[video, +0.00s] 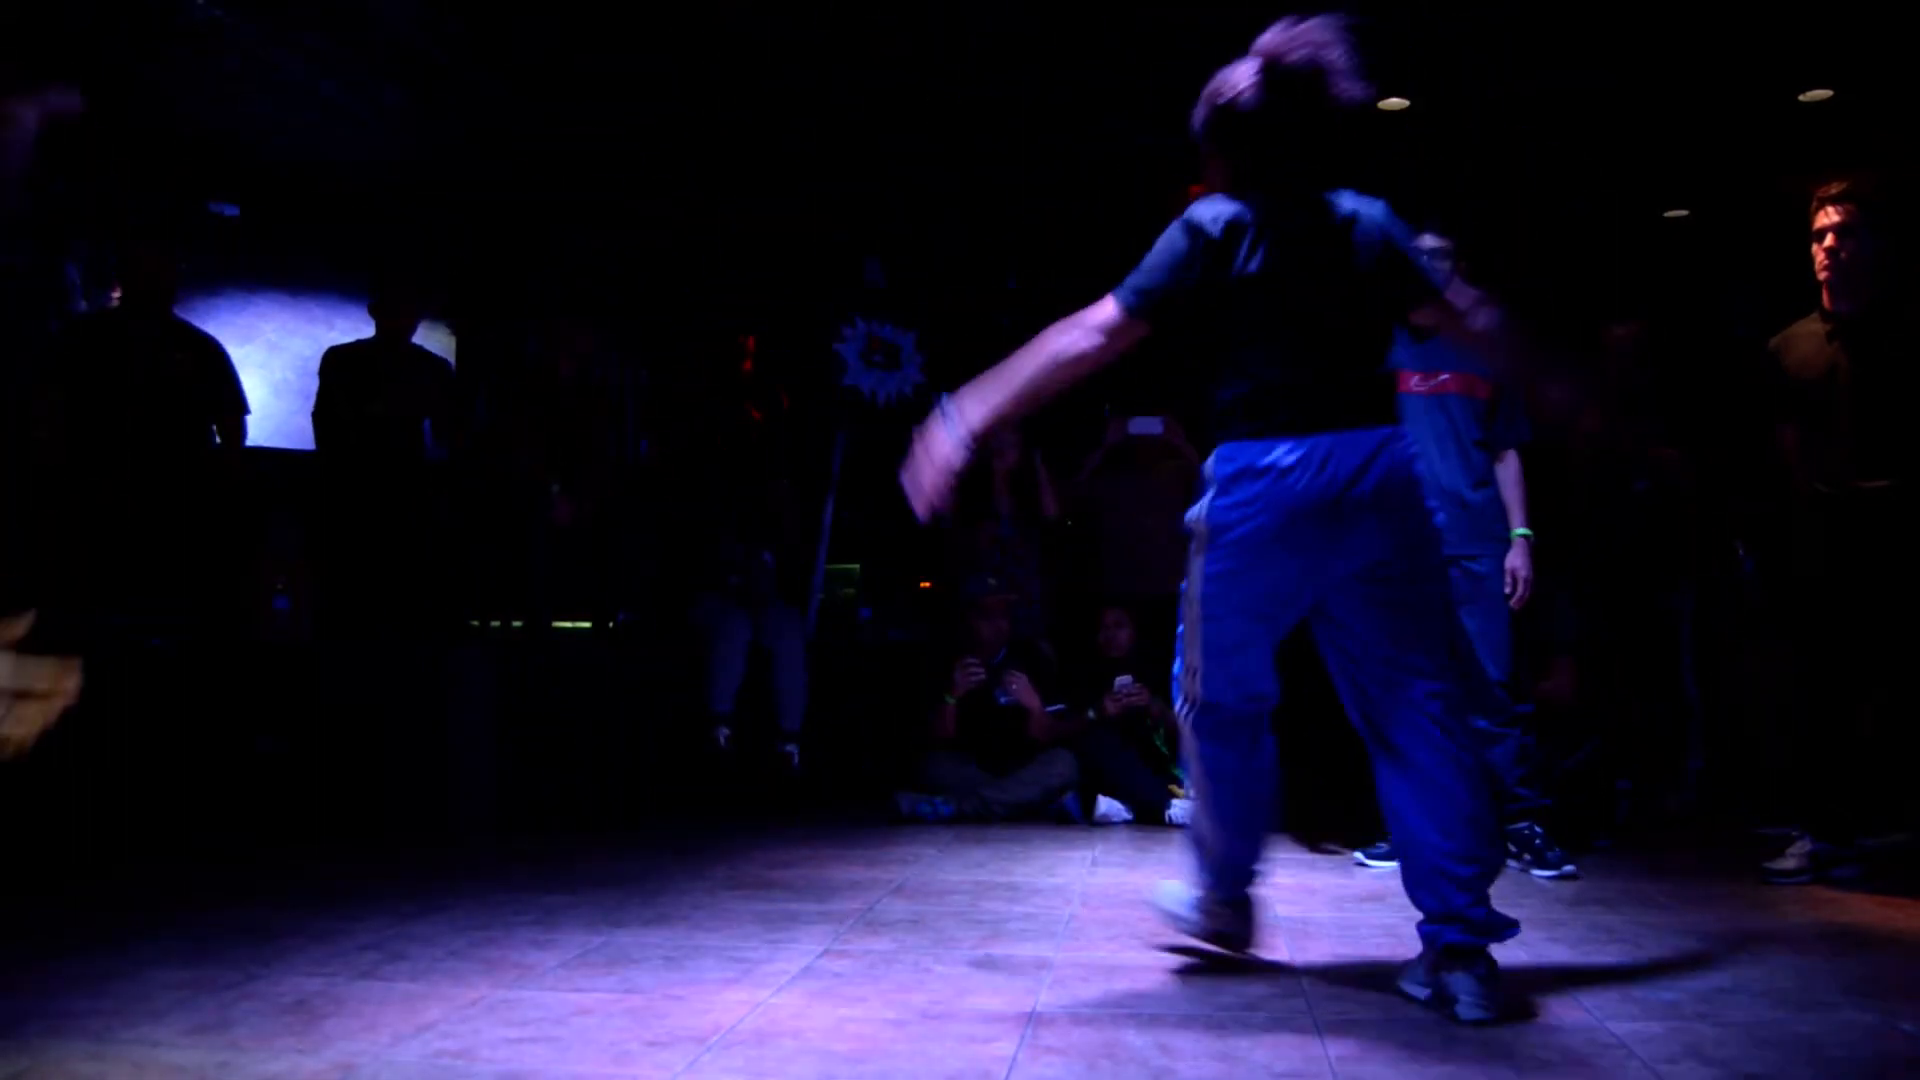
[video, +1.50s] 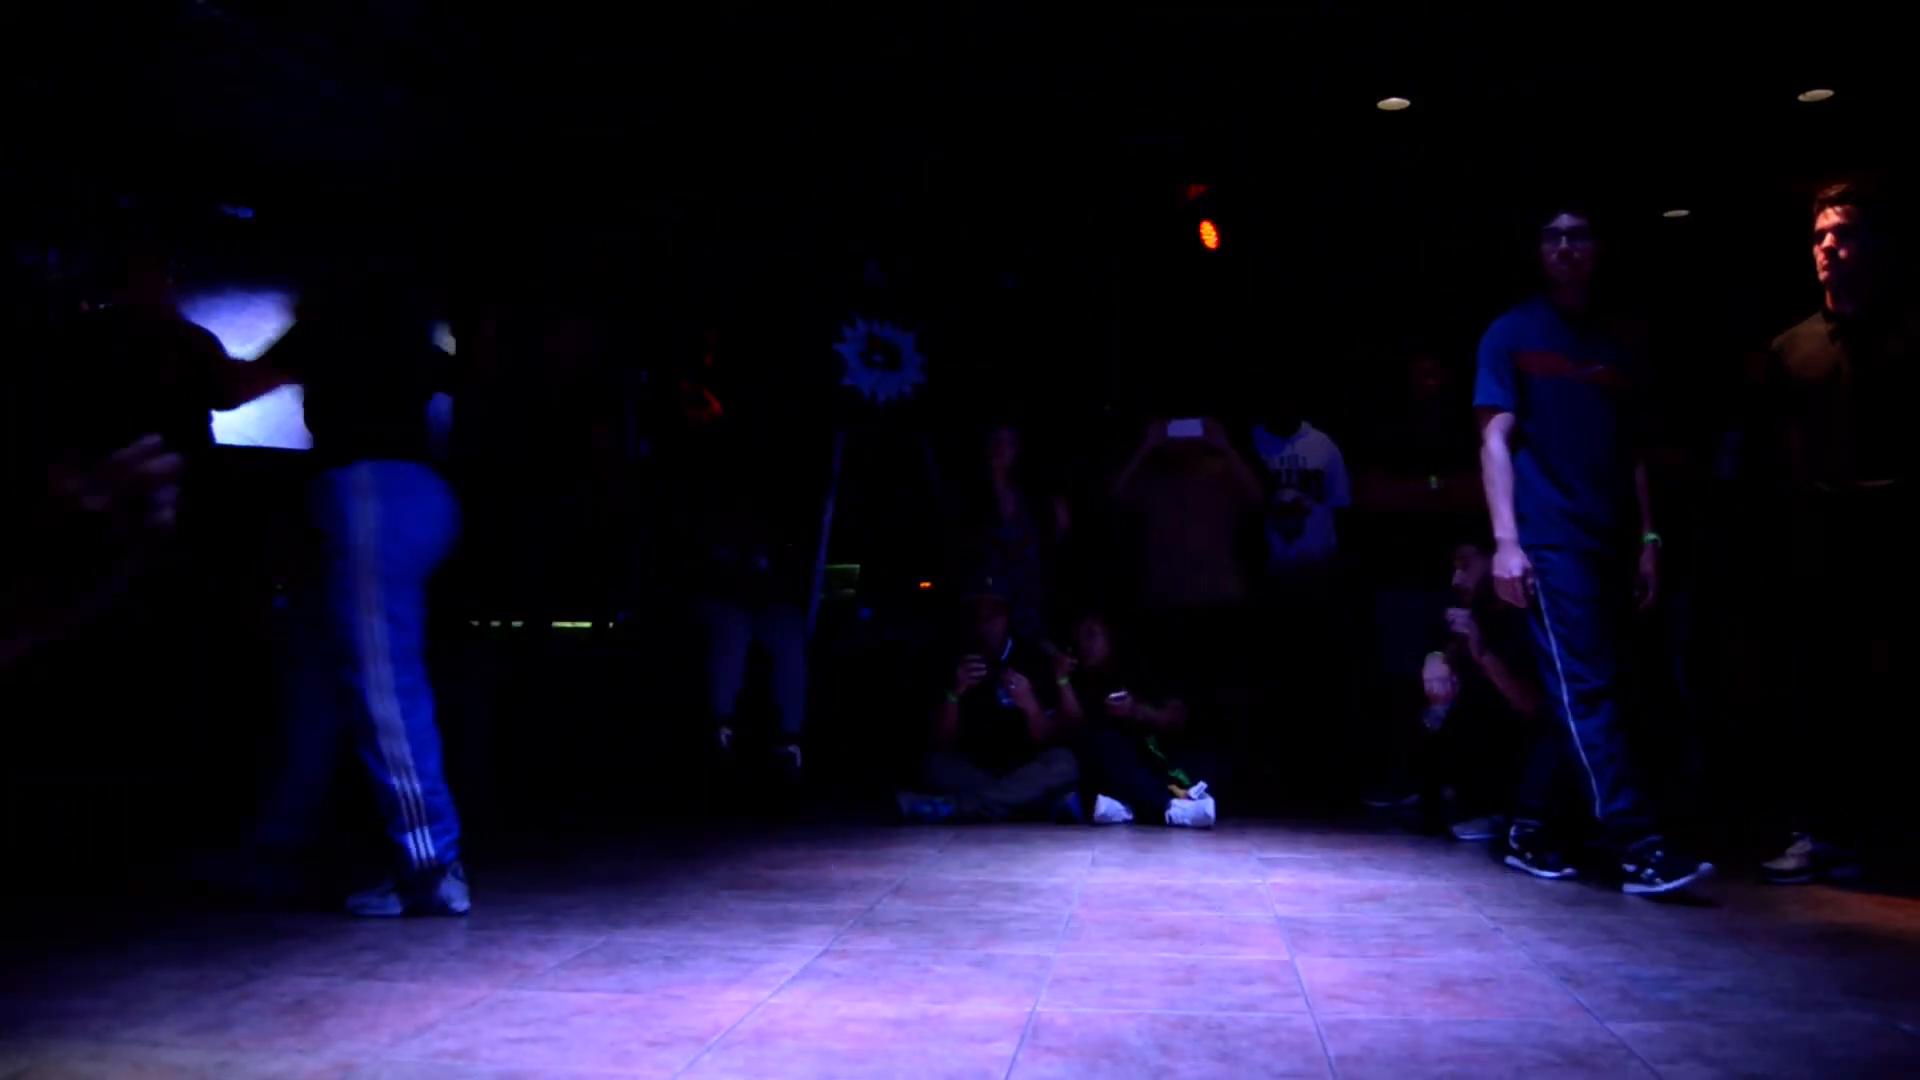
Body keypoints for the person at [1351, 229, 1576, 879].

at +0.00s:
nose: (1428, 271)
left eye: (1439, 260)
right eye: (1419, 259)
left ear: (1456, 271)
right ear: (1397, 271)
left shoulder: (1479, 349)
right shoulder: (1389, 350)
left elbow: (1504, 451)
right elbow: (1359, 446)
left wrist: (1519, 536)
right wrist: (1362, 532)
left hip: (1474, 542)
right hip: (1402, 543)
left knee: (1493, 685)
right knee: (1407, 685)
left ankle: (1522, 823)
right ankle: (1406, 827)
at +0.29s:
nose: (1459, 267)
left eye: (1470, 257)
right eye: (1449, 256)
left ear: (1489, 268)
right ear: (1434, 268)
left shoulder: (1517, 353)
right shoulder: (1400, 349)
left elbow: (1535, 454)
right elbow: (1380, 447)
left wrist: (1548, 539)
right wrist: (1372, 538)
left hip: (1504, 548)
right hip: (1423, 546)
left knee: (1511, 693)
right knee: (1424, 691)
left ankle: (1524, 829)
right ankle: (1420, 826)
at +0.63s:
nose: (1498, 259)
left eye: (1510, 248)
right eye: (1488, 248)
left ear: (1531, 260)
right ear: (1474, 260)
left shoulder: (1560, 351)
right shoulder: (1439, 343)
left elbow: (1574, 451)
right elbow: (1424, 443)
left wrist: (1586, 540)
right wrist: (1427, 538)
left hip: (1542, 545)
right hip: (1464, 541)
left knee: (1533, 694)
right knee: (1446, 687)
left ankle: (1527, 831)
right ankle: (1422, 826)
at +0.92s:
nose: (1530, 260)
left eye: (1542, 249)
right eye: (1520, 249)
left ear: (1563, 260)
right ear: (1504, 261)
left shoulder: (1586, 348)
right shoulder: (1472, 341)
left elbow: (1605, 452)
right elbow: (1454, 442)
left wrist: (1624, 541)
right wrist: (1460, 537)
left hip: (1573, 546)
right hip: (1496, 542)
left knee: (1557, 696)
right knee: (1467, 683)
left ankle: (1532, 831)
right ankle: (1432, 825)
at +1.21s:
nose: (1547, 258)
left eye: (1558, 246)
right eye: (1537, 246)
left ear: (1579, 257)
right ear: (1522, 258)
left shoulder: (1599, 341)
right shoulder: (1491, 338)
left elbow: (1620, 451)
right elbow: (1472, 439)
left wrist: (1640, 540)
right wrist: (1479, 536)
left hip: (1590, 535)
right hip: (1526, 534)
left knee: (1574, 680)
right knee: (1546, 677)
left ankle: (1541, 828)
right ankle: (1544, 838)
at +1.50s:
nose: (1566, 250)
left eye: (1579, 238)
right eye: (1555, 239)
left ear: (1598, 249)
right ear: (1539, 251)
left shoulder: (1618, 335)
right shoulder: (1512, 334)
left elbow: (1635, 447)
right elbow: (1495, 441)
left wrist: (1647, 535)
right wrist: (1505, 542)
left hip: (1609, 532)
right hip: (1547, 534)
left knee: (1585, 685)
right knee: (1587, 685)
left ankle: (1532, 829)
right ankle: (1636, 849)